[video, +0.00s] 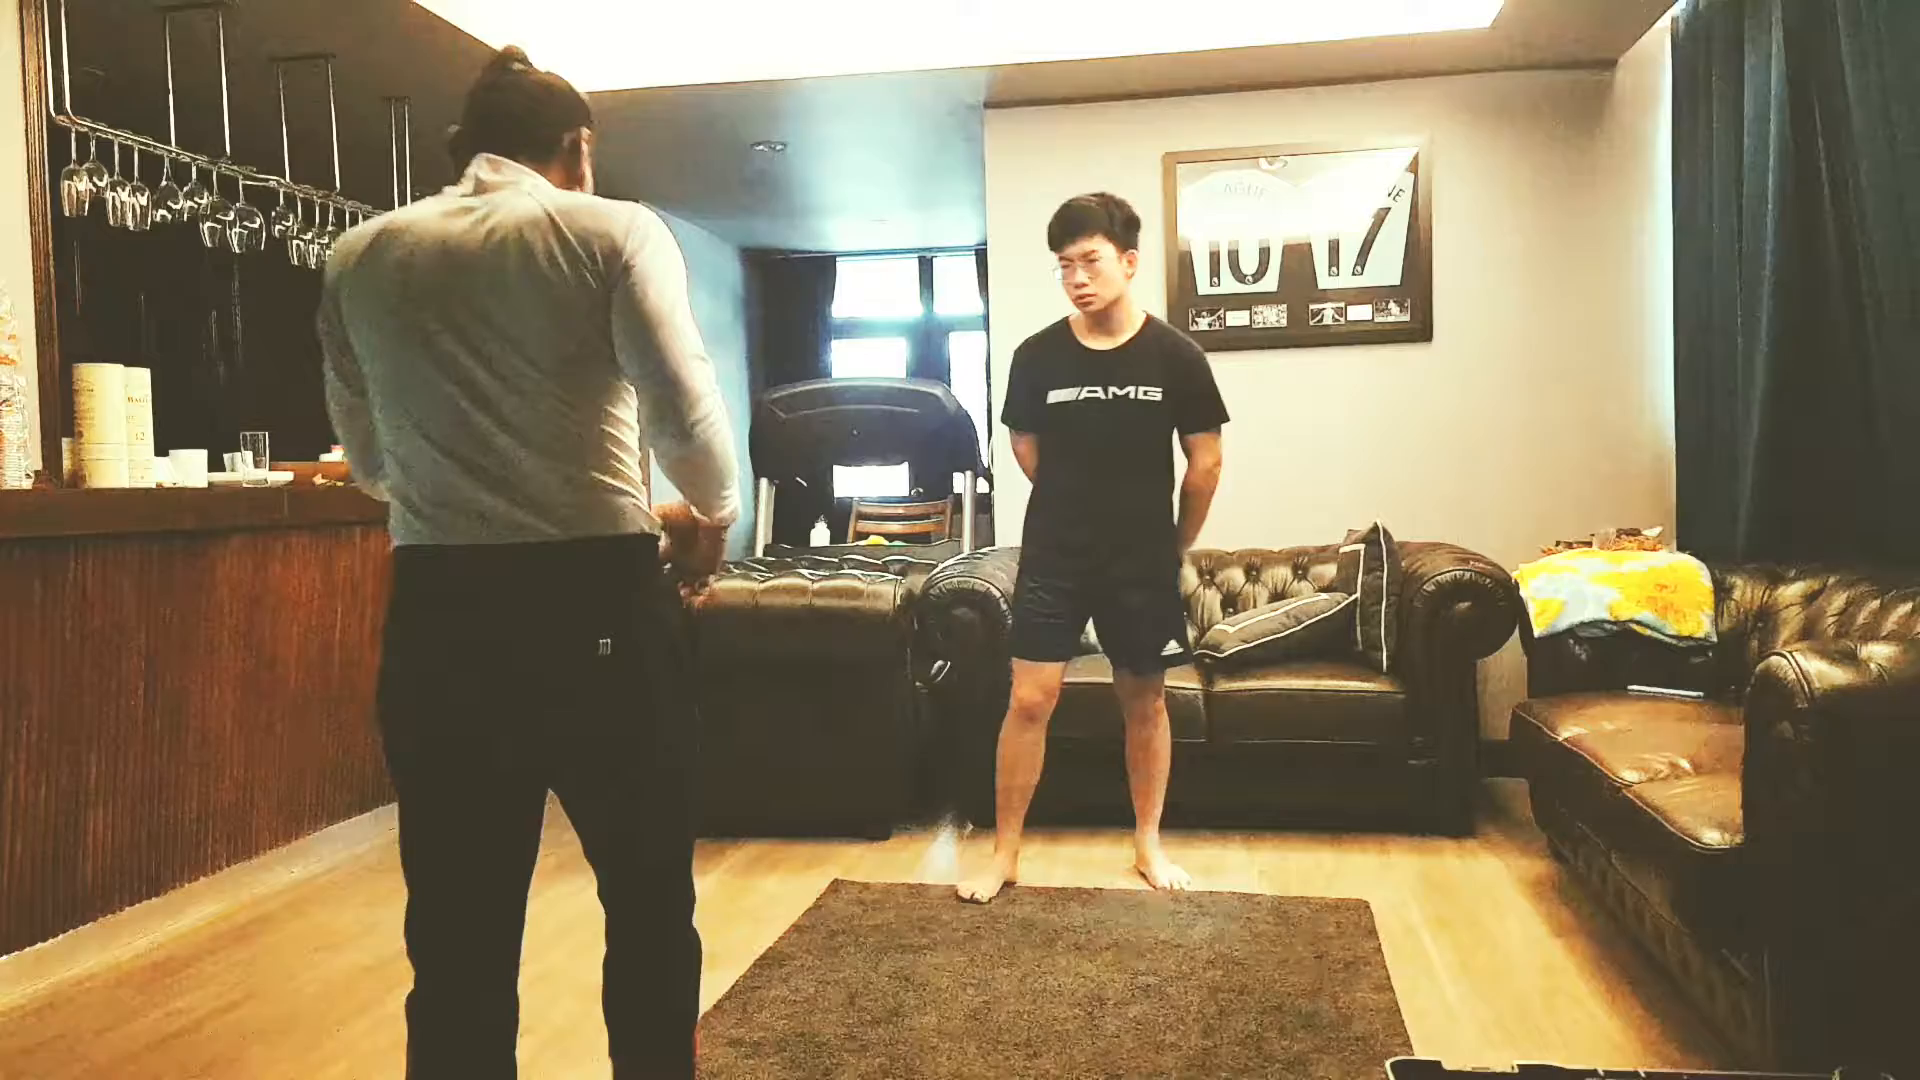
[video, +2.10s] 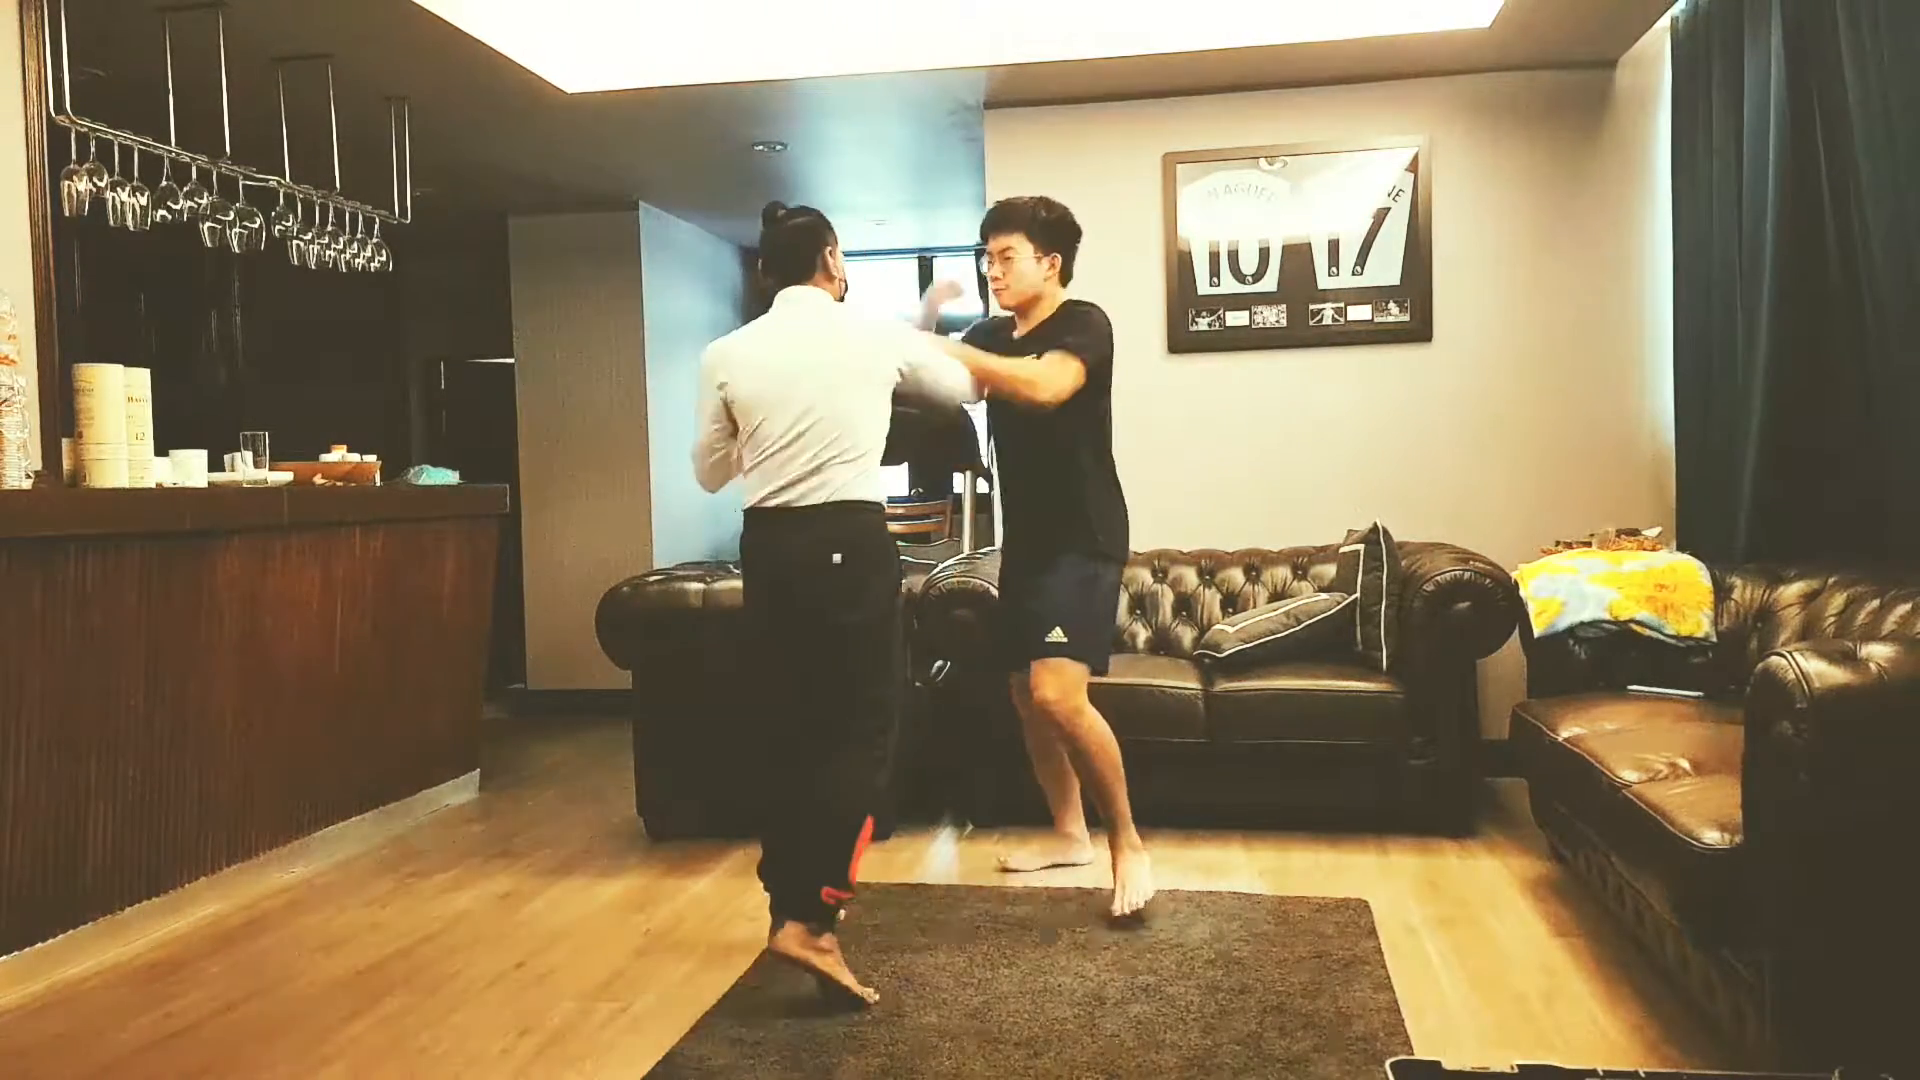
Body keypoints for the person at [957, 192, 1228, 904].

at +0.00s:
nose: (1077, 276)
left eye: (1091, 260)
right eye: (1065, 264)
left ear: (1131, 260)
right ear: (1057, 271)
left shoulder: (1177, 356)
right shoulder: (1036, 356)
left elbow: (1204, 465)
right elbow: (1027, 449)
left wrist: (1176, 544)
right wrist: (1074, 499)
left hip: (1140, 559)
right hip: (1052, 557)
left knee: (1145, 702)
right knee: (1028, 701)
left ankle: (1149, 848)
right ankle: (1004, 856)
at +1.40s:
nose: (995, 280)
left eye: (1010, 266)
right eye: (987, 269)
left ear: (1049, 270)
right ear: (982, 277)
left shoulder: (1086, 346)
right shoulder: (995, 368)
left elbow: (1098, 456)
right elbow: (996, 472)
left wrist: (1076, 557)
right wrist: (989, 565)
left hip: (1079, 550)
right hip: (1018, 551)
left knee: (1088, 701)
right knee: (1041, 698)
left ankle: (1124, 862)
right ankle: (1070, 842)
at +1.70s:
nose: (988, 278)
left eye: (1002, 264)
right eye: (979, 267)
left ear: (1041, 269)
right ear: (974, 276)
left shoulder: (1084, 346)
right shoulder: (985, 372)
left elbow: (1113, 447)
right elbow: (986, 467)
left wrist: (1062, 502)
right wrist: (969, 542)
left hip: (1076, 555)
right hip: (1012, 556)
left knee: (1084, 701)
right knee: (1038, 699)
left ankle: (1123, 859)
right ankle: (1070, 842)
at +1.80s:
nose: (987, 277)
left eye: (1002, 263)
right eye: (979, 266)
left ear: (1041, 267)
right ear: (975, 275)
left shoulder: (1087, 346)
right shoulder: (983, 370)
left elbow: (1111, 440)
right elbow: (985, 457)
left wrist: (1070, 419)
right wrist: (970, 514)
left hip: (1078, 553)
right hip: (1012, 554)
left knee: (1082, 699)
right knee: (1036, 694)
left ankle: (1124, 858)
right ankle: (1069, 842)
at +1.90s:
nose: (987, 275)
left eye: (1002, 261)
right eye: (980, 263)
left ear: (1043, 265)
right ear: (977, 273)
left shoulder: (1082, 340)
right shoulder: (984, 366)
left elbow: (1077, 429)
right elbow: (976, 453)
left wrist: (1070, 331)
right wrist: (972, 463)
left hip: (1075, 542)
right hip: (1013, 546)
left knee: (1076, 696)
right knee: (1037, 696)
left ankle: (1123, 853)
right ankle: (1069, 841)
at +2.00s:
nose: (983, 273)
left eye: (995, 259)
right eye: (980, 261)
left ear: (1041, 262)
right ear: (1002, 269)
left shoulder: (1083, 327)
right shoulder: (1000, 349)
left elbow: (1059, 381)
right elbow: (955, 447)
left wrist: (997, 301)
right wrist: (945, 394)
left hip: (1078, 537)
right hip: (1020, 537)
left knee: (1069, 696)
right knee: (1035, 694)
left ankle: (1126, 847)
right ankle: (1070, 838)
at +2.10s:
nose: (993, 272)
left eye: (1006, 258)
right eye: (988, 260)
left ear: (1053, 262)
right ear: (993, 269)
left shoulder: (1084, 322)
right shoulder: (996, 337)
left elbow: (1046, 385)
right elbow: (951, 378)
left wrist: (947, 350)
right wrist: (926, 326)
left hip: (1083, 534)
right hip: (1027, 535)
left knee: (1059, 693)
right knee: (1027, 691)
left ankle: (1127, 847)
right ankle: (1071, 841)